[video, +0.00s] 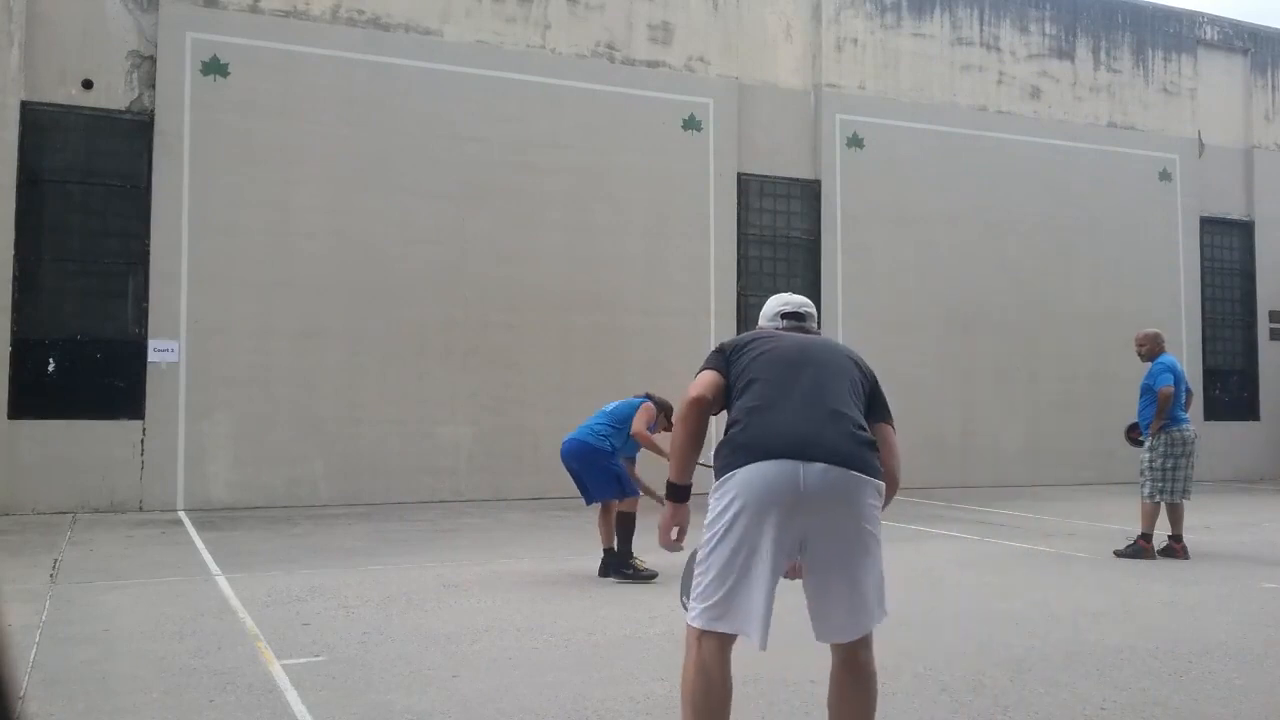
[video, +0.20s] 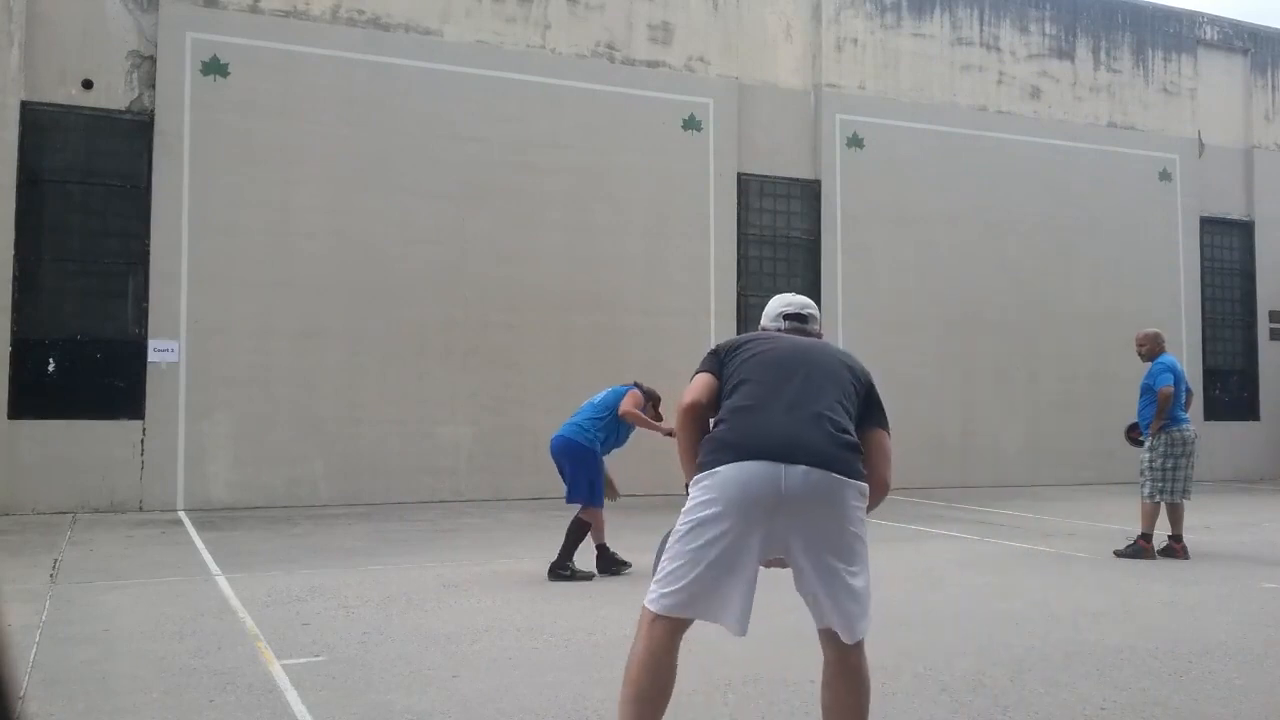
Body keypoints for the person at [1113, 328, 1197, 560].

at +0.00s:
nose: (1138, 351)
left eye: (1142, 346)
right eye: (1137, 346)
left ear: (1159, 345)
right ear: (1160, 347)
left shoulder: (1160, 365)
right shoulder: (1173, 363)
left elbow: (1166, 392)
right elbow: (1189, 393)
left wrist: (1156, 422)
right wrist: (1177, 419)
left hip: (1164, 435)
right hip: (1181, 432)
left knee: (1151, 489)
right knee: (1173, 491)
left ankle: (1144, 543)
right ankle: (1176, 543)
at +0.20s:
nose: (1138, 351)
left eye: (1142, 346)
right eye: (1137, 346)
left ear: (1159, 345)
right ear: (1160, 347)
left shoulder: (1160, 365)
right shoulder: (1173, 363)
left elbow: (1166, 392)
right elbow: (1189, 393)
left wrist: (1156, 422)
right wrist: (1177, 419)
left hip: (1164, 435)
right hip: (1181, 432)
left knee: (1151, 489)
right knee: (1173, 491)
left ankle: (1144, 543)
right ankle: (1176, 543)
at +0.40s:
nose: (1137, 351)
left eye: (1141, 346)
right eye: (1136, 347)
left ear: (1158, 345)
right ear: (1159, 347)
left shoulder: (1160, 365)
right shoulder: (1172, 363)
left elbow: (1166, 392)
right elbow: (1189, 394)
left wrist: (1156, 422)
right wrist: (1177, 419)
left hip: (1164, 435)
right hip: (1181, 432)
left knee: (1150, 489)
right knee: (1173, 491)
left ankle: (1144, 543)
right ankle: (1176, 543)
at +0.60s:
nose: (1135, 351)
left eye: (1139, 346)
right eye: (1134, 346)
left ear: (1155, 345)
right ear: (1157, 346)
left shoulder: (1158, 365)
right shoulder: (1171, 363)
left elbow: (1165, 392)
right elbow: (1188, 393)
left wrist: (1156, 423)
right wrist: (1177, 419)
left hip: (1163, 435)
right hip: (1181, 432)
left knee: (1149, 489)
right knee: (1174, 491)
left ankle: (1144, 542)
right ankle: (1176, 543)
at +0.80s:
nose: (1130, 350)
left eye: (1134, 345)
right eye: (1130, 346)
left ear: (1150, 344)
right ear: (1152, 346)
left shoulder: (1155, 366)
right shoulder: (1169, 363)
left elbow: (1161, 392)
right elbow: (1186, 392)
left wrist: (1154, 422)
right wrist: (1175, 417)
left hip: (1160, 435)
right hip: (1179, 432)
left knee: (1141, 485)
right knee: (1172, 489)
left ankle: (1145, 541)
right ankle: (1176, 543)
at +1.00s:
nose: (1122, 349)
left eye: (1126, 344)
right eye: (1122, 345)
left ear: (1139, 345)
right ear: (1143, 346)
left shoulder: (1148, 365)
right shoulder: (1160, 363)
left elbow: (1156, 391)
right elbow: (1178, 392)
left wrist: (1147, 425)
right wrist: (1167, 418)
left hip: (1157, 433)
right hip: (1174, 431)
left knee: (1140, 486)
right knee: (1169, 488)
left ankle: (1141, 541)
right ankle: (1176, 542)